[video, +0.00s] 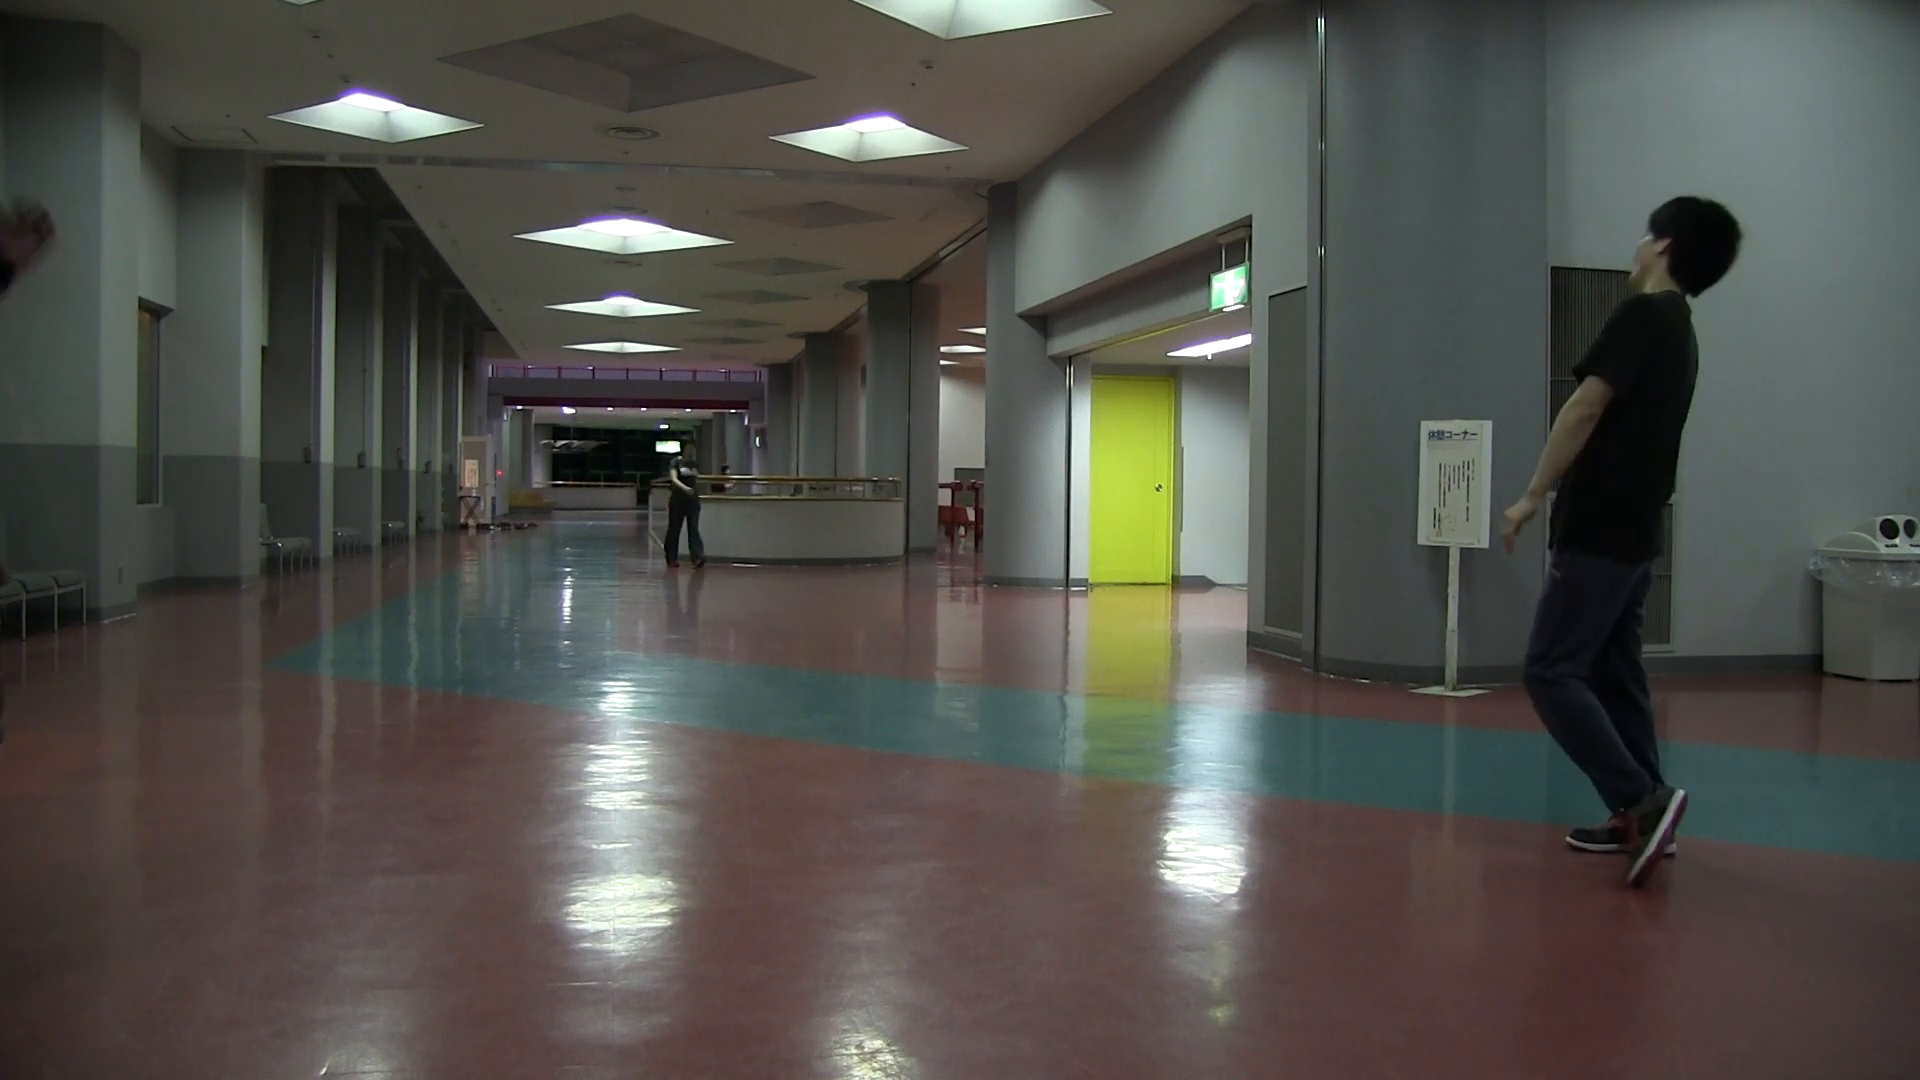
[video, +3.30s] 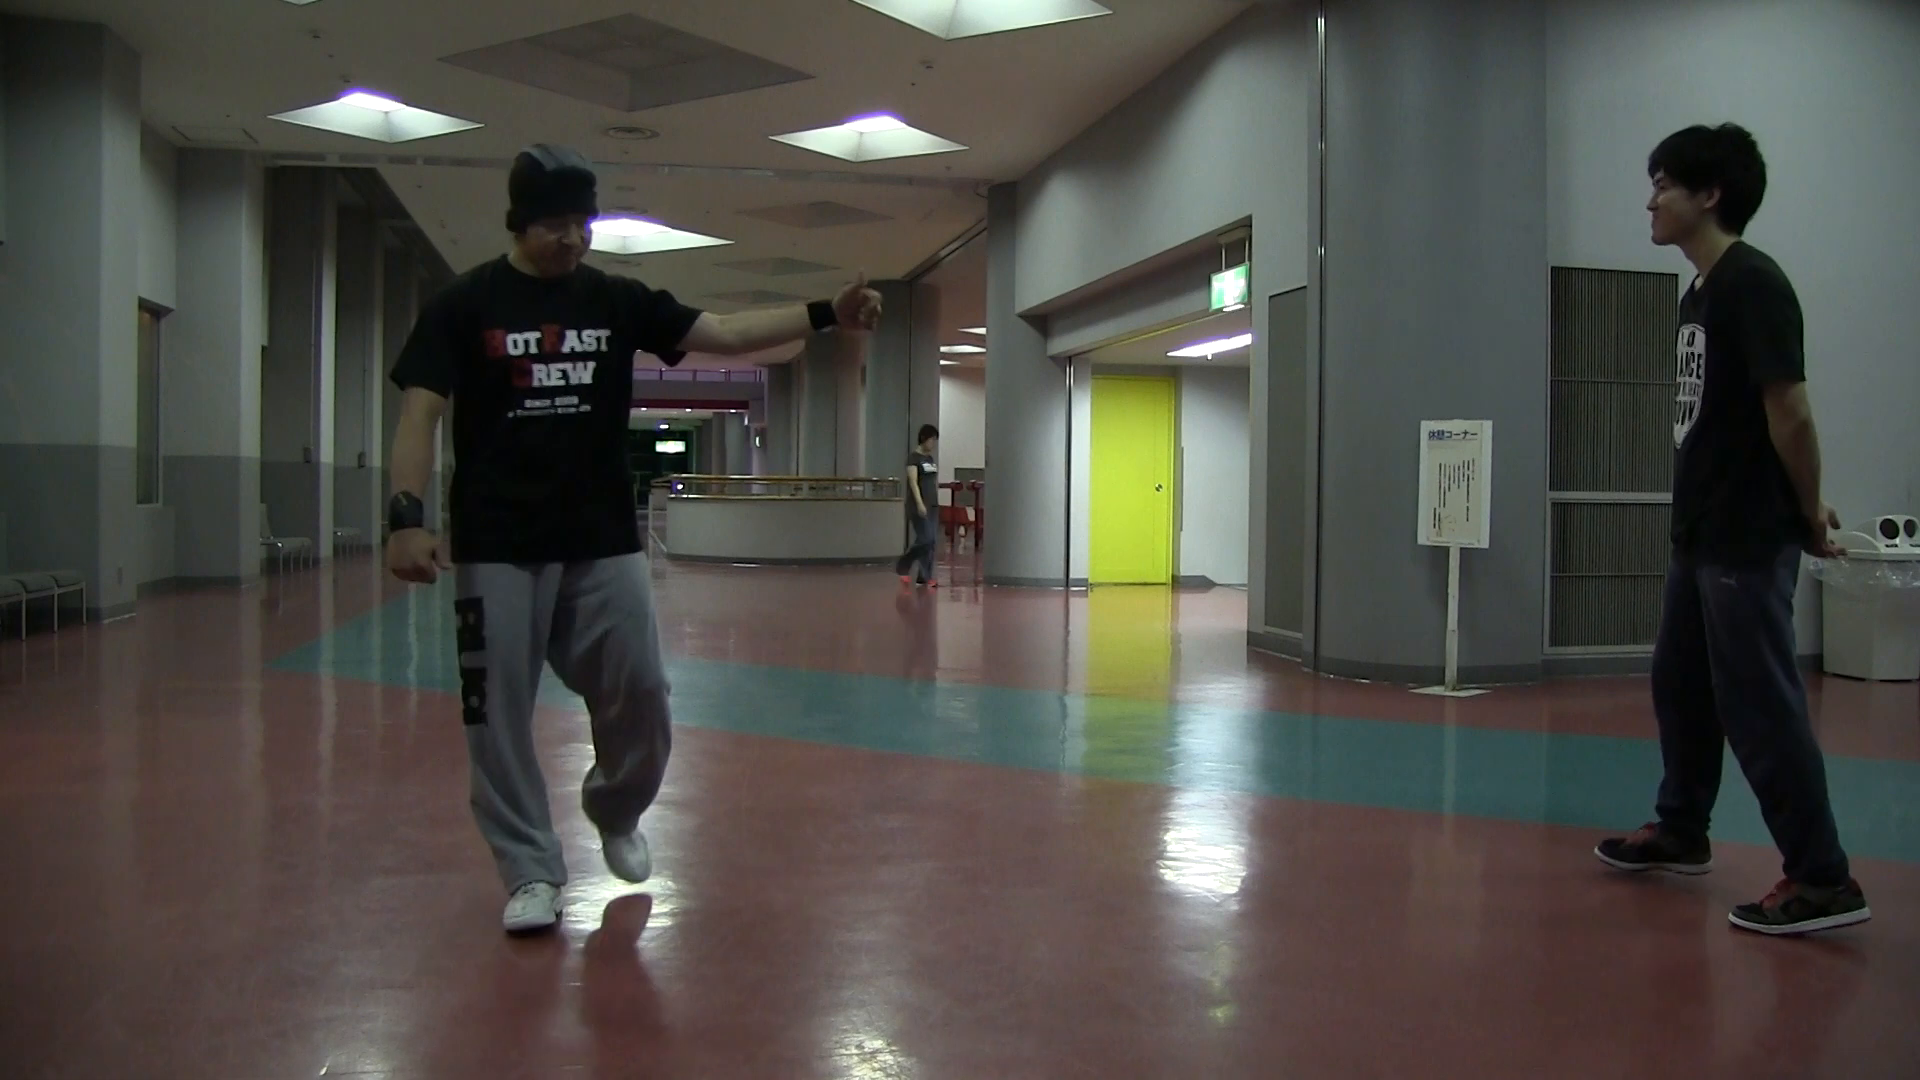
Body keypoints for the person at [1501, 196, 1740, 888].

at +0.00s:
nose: (1638, 241)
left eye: (1648, 231)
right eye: (1648, 230)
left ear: (1663, 245)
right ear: (1694, 260)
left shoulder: (1642, 316)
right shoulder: (1674, 324)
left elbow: (1585, 406)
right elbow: (1640, 430)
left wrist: (1534, 494)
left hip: (1599, 537)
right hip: (1632, 534)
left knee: (1548, 670)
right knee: (1614, 668)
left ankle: (1643, 800)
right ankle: (1632, 819)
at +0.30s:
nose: (1560, 321)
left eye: (1559, 305)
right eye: (1555, 310)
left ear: (1591, 286)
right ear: (1599, 289)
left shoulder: (1635, 343)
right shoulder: (1648, 343)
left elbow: (1603, 447)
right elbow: (1605, 460)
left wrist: (1564, 551)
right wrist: (1553, 546)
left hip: (1636, 548)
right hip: (1648, 546)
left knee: (1544, 674)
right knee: (1586, 679)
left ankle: (1630, 809)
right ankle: (1634, 812)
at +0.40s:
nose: (1544, 308)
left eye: (1545, 292)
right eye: (1538, 296)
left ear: (1580, 275)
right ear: (1577, 280)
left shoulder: (1644, 334)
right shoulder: (1606, 354)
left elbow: (1638, 445)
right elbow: (1587, 458)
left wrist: (1631, 550)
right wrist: (1544, 540)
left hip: (1656, 539)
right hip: (1629, 538)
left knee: (1563, 669)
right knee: (1603, 678)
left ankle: (1641, 810)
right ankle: (1631, 816)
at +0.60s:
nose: (1546, 303)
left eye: (1550, 288)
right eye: (1541, 291)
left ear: (1589, 270)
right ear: (1576, 278)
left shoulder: (1671, 335)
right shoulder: (1575, 350)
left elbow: (1712, 440)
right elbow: (1572, 449)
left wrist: (1736, 548)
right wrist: (1560, 536)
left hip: (1670, 534)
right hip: (1610, 533)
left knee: (1608, 672)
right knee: (1606, 676)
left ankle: (1660, 828)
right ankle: (1634, 813)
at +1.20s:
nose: (1650, 264)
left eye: (1665, 250)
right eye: (1639, 249)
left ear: (1698, 242)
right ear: (1627, 242)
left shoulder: (1746, 323)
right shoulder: (1608, 319)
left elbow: (1733, 435)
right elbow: (1588, 421)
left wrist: (1672, 504)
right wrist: (1606, 491)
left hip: (1696, 533)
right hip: (1612, 529)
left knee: (1688, 685)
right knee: (1591, 683)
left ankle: (1675, 836)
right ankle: (1606, 789)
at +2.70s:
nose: (1561, 233)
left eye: (1571, 217)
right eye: (1562, 219)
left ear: (1612, 218)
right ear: (1617, 221)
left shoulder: (1635, 284)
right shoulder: (1649, 286)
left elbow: (1673, 398)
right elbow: (1681, 402)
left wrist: (1723, 493)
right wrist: (1727, 489)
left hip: (1663, 530)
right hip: (1659, 529)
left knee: (1638, 692)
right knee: (1645, 692)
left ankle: (1763, 838)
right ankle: (1634, 858)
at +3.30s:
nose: (1649, 200)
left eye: (1661, 187)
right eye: (1652, 186)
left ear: (1708, 196)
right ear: (1696, 198)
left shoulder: (1754, 284)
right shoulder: (1698, 292)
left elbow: (1790, 414)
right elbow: (1722, 414)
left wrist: (1812, 515)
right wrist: (1798, 510)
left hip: (1747, 534)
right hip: (1699, 529)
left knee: (1759, 700)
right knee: (1682, 683)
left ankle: (1823, 879)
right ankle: (1680, 835)